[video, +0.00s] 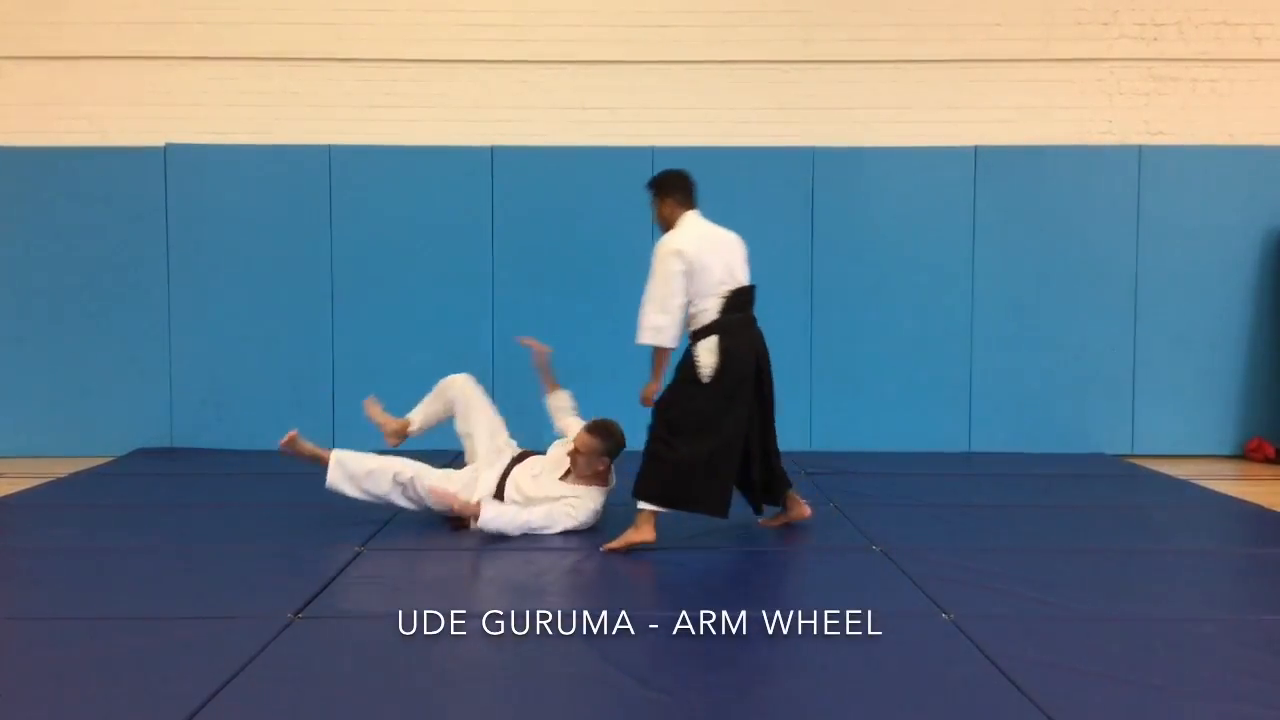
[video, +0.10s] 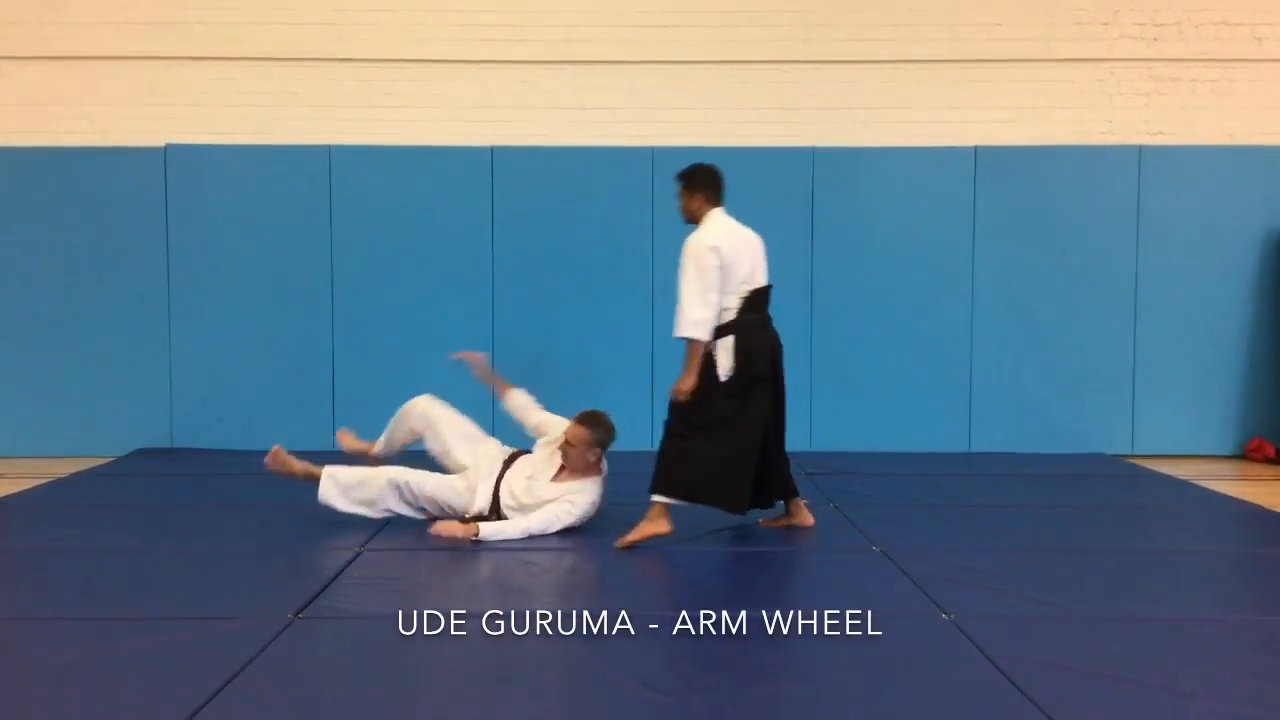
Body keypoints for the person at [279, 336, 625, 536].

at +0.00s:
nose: (571, 453)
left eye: (579, 453)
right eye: (574, 445)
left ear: (600, 464)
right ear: (580, 441)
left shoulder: (584, 509)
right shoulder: (584, 448)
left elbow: (528, 519)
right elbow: (564, 412)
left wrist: (476, 511)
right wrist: (545, 369)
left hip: (478, 494)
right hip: (502, 455)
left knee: (404, 477)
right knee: (461, 384)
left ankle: (318, 455)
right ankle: (402, 428)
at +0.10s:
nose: (562, 446)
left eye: (572, 445)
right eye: (565, 439)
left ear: (595, 457)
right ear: (571, 435)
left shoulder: (580, 500)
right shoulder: (565, 435)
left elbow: (529, 525)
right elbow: (530, 411)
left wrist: (472, 531)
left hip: (477, 500)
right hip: (494, 457)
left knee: (397, 483)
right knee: (423, 408)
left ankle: (305, 472)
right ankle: (379, 451)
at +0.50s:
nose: (451, 396)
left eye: (460, 390)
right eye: (449, 387)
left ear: (483, 384)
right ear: (445, 379)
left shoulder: (507, 427)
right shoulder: (442, 393)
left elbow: (523, 488)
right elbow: (393, 413)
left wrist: (491, 529)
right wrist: (339, 445)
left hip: (470, 495)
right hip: (445, 457)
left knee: (401, 508)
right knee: (382, 438)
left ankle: (385, 505)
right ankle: (388, 492)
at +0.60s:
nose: (432, 396)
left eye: (440, 388)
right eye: (425, 388)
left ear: (456, 380)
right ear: (418, 379)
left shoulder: (479, 419)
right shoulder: (411, 391)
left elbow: (506, 479)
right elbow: (361, 414)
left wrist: (490, 530)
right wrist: (324, 454)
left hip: (464, 493)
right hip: (430, 464)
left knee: (390, 514)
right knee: (368, 444)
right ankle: (394, 502)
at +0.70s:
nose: (419, 393)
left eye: (428, 384)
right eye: (411, 385)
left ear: (439, 377)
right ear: (399, 377)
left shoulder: (462, 415)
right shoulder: (388, 387)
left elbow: (494, 474)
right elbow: (337, 410)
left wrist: (490, 530)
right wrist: (312, 454)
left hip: (442, 483)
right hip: (408, 455)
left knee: (374, 518)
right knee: (338, 451)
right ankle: (388, 494)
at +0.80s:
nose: (417, 381)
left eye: (424, 372)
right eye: (408, 374)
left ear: (432, 365)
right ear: (391, 367)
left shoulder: (449, 400)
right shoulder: (377, 372)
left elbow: (477, 460)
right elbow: (322, 398)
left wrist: (487, 527)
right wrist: (304, 448)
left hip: (418, 467)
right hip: (382, 438)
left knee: (370, 521)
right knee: (317, 459)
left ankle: (408, 497)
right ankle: (370, 489)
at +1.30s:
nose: (389, 289)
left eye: (391, 281)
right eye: (380, 281)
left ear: (395, 284)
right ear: (354, 284)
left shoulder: (400, 338)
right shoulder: (318, 318)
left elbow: (409, 403)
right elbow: (264, 355)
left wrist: (392, 459)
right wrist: (219, 399)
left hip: (340, 430)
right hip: (292, 411)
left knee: (365, 523)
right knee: (243, 446)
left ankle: (339, 505)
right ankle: (225, 521)